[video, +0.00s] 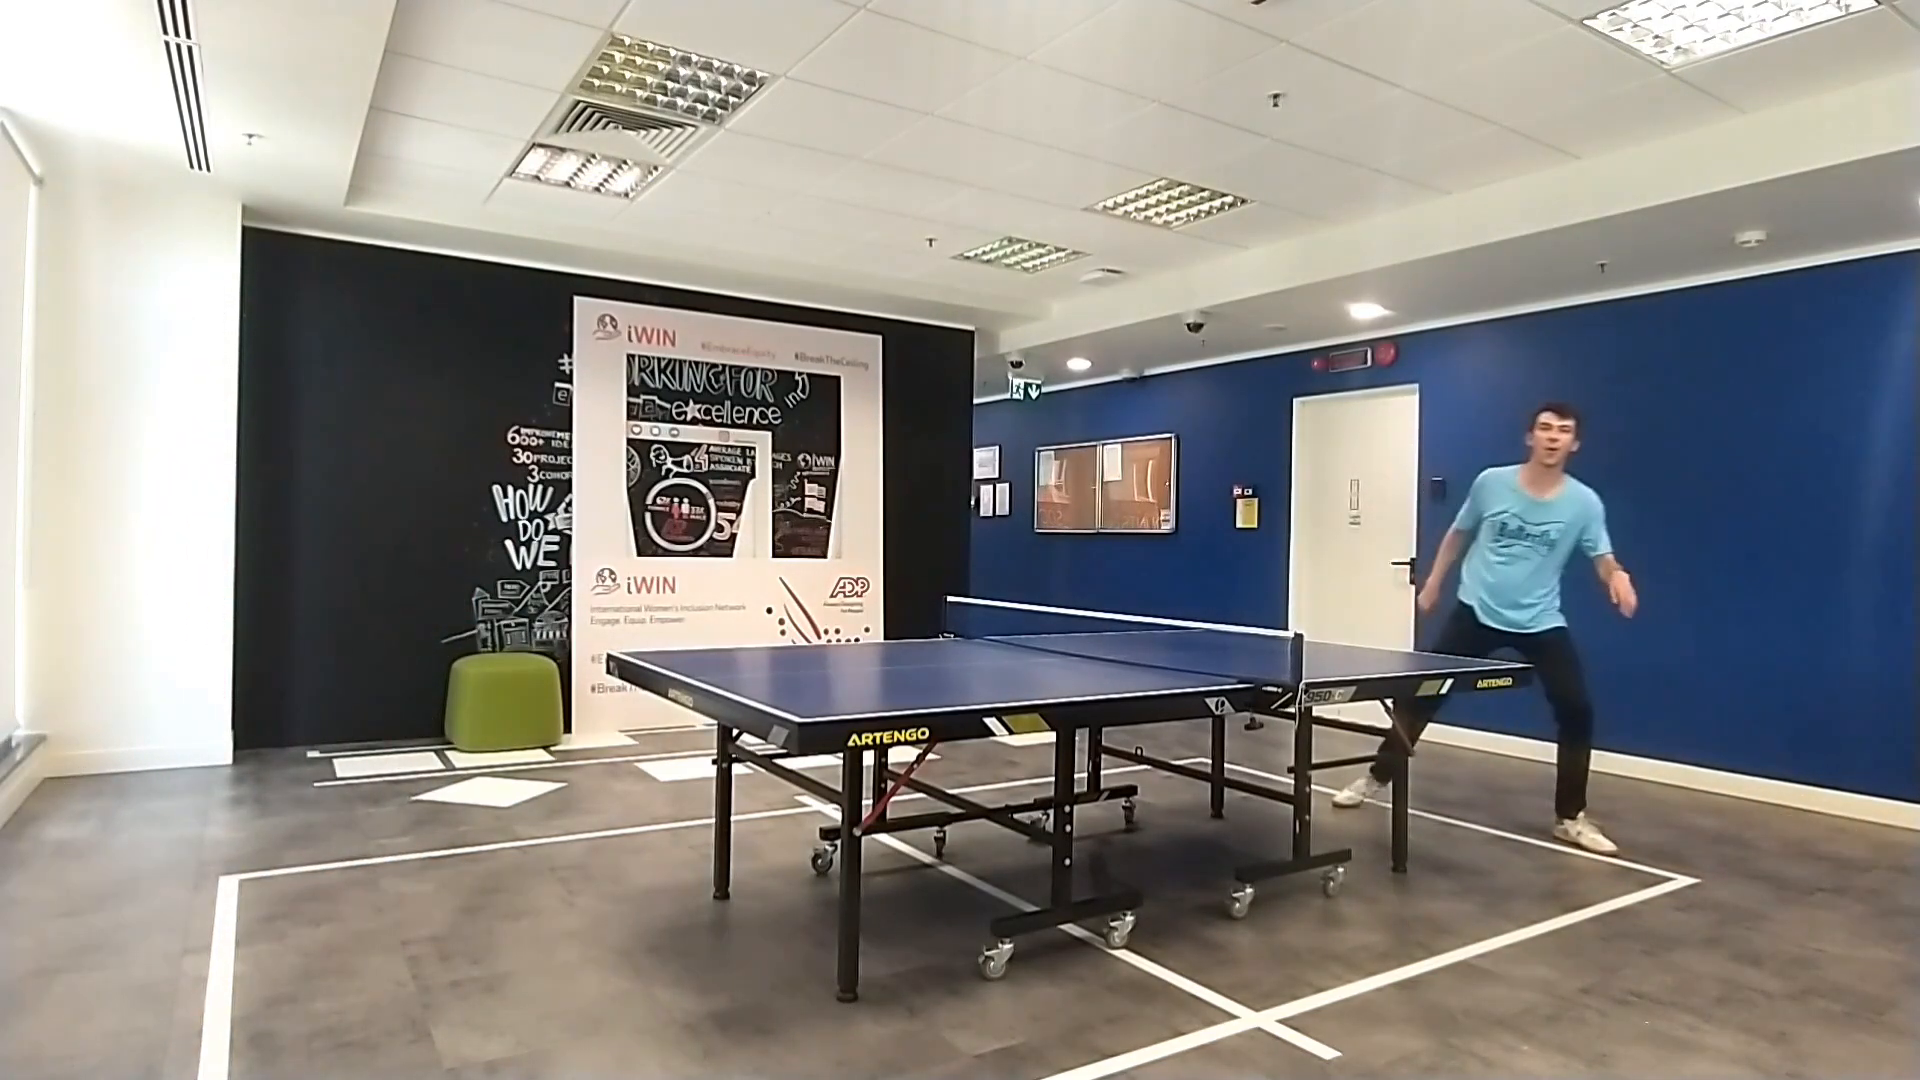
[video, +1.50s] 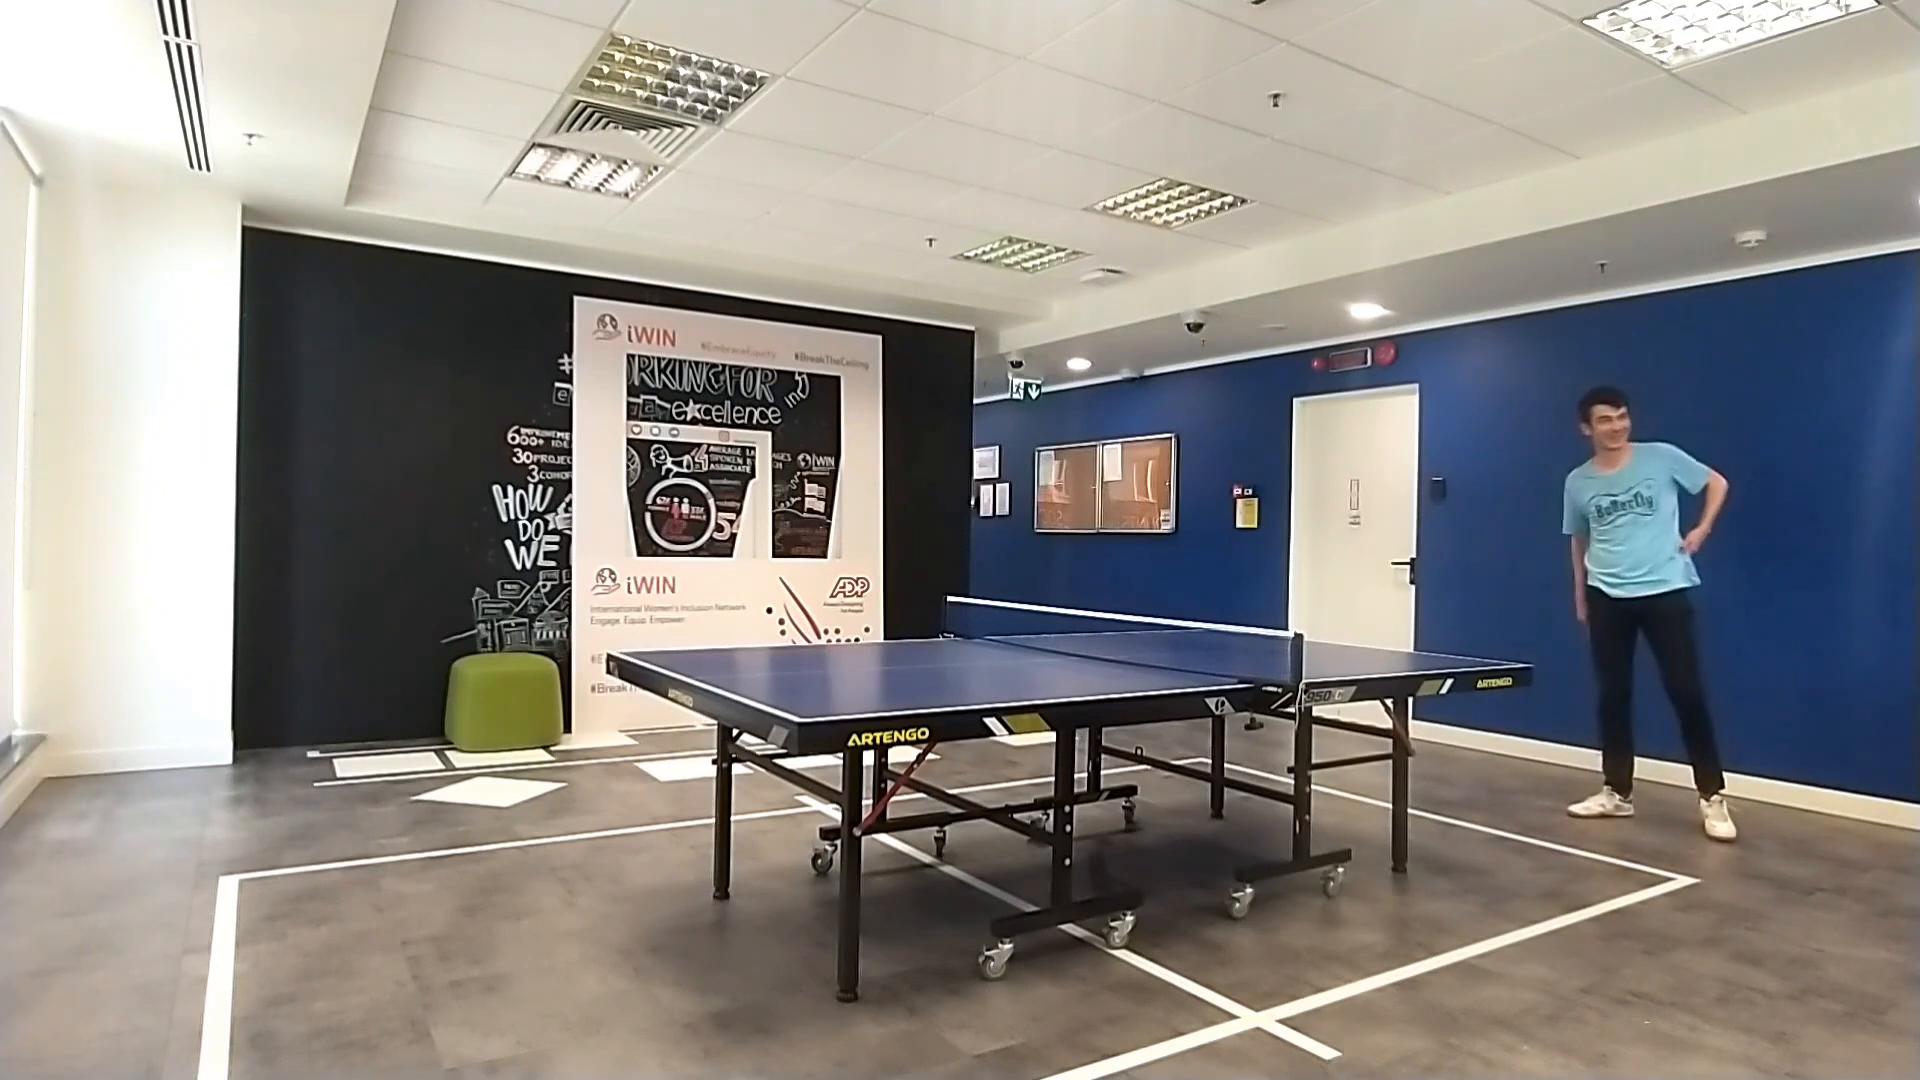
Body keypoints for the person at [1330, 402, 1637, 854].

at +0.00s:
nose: (1554, 437)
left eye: (1563, 431)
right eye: (1546, 429)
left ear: (1574, 442)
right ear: (1530, 436)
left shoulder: (1585, 503)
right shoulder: (1491, 482)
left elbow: (1603, 557)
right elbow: (1457, 533)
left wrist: (1615, 577)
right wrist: (1432, 584)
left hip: (1540, 621)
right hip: (1476, 612)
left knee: (1577, 709)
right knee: (1422, 693)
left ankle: (1570, 818)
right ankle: (1374, 780)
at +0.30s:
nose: (1607, 423)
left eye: (1618, 418)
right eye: (1600, 413)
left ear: (1628, 429)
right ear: (1582, 417)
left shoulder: (1633, 486)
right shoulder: (1541, 458)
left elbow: (1645, 550)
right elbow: (1511, 503)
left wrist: (1624, 582)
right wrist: (1488, 551)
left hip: (1577, 604)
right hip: (1517, 589)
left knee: (1579, 706)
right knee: (1485, 679)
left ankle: (1571, 815)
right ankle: (1487, 776)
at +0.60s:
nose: (1599, 411)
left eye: (1608, 404)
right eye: (1591, 402)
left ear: (1617, 414)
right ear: (1574, 409)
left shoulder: (1636, 469)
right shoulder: (1548, 462)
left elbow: (1669, 530)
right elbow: (1534, 520)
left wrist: (1630, 567)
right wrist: (1523, 566)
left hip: (1601, 610)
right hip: (1546, 600)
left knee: (1589, 708)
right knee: (1540, 696)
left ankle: (1572, 813)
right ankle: (1584, 758)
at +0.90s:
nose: (1564, 427)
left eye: (1569, 418)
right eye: (1553, 423)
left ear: (1583, 421)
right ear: (1544, 433)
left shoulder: (1624, 462)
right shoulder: (1550, 483)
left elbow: (1687, 499)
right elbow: (1557, 541)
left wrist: (1659, 550)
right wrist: (1567, 580)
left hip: (1618, 601)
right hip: (1570, 603)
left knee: (1599, 700)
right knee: (1584, 701)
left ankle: (1585, 810)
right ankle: (1617, 788)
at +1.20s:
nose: (1562, 433)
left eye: (1566, 423)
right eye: (1551, 430)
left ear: (1580, 423)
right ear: (1544, 441)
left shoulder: (1623, 454)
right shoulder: (1556, 488)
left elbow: (1695, 466)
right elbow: (1569, 543)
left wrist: (1673, 515)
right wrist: (1586, 574)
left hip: (1640, 583)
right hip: (1590, 594)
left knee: (1651, 688)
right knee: (1602, 692)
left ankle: (1674, 805)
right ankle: (1617, 793)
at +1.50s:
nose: (1615, 426)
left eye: (1620, 418)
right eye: (1604, 420)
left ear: (1630, 420)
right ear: (1588, 428)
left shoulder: (1661, 456)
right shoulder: (1578, 482)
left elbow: (1717, 483)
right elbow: (1579, 541)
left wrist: (1703, 527)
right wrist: (1580, 594)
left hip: (1666, 591)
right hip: (1607, 596)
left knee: (1687, 693)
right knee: (1612, 694)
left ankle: (1712, 798)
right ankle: (1617, 793)